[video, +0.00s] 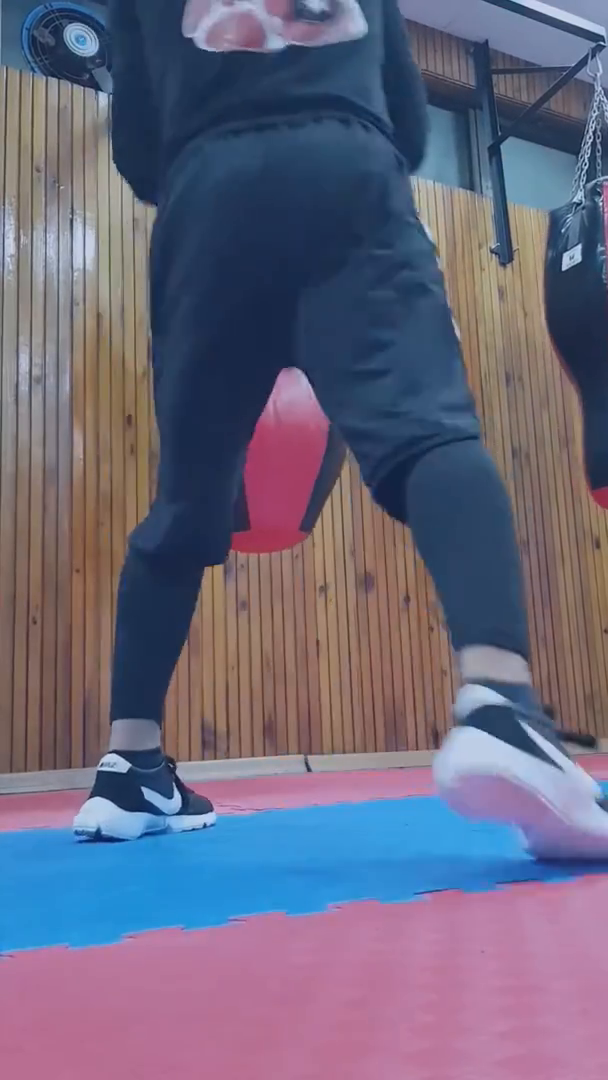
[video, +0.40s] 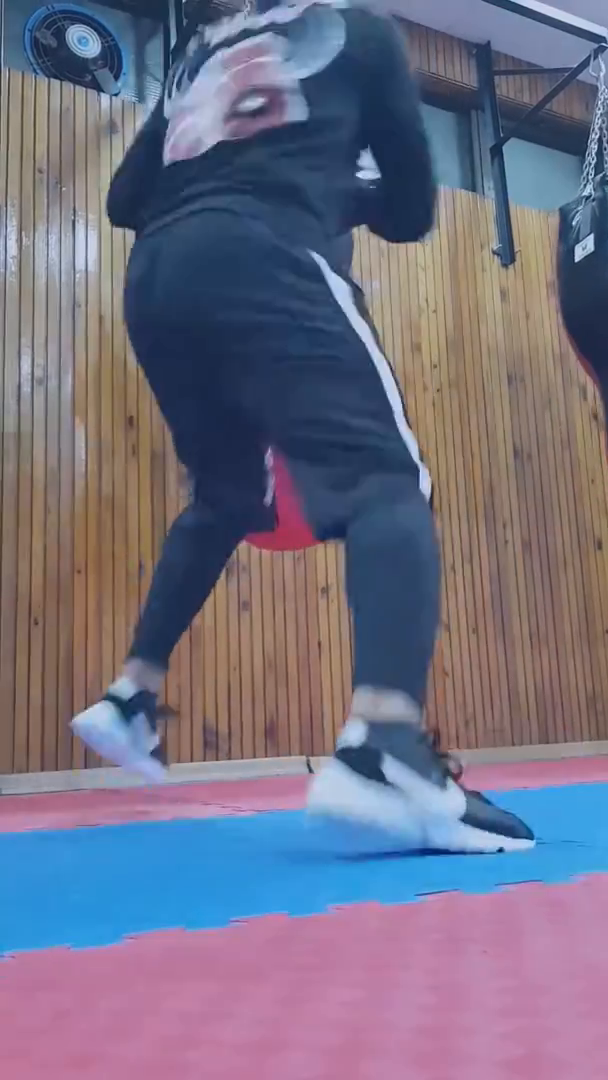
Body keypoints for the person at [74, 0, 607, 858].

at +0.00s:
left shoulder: (148, 7)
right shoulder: (360, 2)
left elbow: (134, 131)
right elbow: (407, 117)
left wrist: (196, 196)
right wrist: (359, 185)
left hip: (213, 177)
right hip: (350, 156)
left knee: (187, 499)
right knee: (432, 433)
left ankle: (129, 765)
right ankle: (499, 703)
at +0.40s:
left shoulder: (197, 49)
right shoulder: (360, 27)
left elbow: (126, 199)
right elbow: (409, 212)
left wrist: (221, 168)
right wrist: (323, 184)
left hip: (153, 268)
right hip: (258, 247)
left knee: (222, 499)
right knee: (386, 491)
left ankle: (131, 699)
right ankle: (384, 743)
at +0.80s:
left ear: (130, 42)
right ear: (211, 36)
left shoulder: (98, 90)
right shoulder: (263, 91)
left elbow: (63, 247)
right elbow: (316, 230)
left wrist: (121, 160)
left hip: (156, 308)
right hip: (270, 300)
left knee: (120, 545)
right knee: (331, 514)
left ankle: (91, 763)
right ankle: (369, 672)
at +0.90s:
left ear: (141, 9)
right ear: (228, 4)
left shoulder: (100, 76)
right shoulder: (282, 50)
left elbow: (85, 238)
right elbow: (351, 200)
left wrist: (166, 174)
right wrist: (268, 157)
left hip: (151, 289)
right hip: (264, 266)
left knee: (141, 540)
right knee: (356, 499)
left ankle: (93, 766)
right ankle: (337, 693)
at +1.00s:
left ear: (166, 2)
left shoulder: (131, 67)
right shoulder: (302, 23)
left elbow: (96, 237)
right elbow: (376, 194)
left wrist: (194, 175)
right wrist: (295, 130)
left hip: (159, 287)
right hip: (278, 253)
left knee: (156, 535)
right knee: (375, 504)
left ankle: (99, 763)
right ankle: (295, 748)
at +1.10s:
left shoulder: (157, 52)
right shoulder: (330, 12)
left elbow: (99, 196)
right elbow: (388, 186)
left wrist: (204, 194)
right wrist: (310, 122)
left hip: (165, 262)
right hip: (287, 236)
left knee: (172, 520)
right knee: (375, 502)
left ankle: (114, 758)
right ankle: (295, 769)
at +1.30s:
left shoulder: (172, 11)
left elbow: (109, 143)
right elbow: (424, 135)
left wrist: (208, 144)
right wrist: (336, 70)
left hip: (154, 231)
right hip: (273, 200)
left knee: (162, 514)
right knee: (401, 471)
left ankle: (130, 762)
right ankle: (391, 756)